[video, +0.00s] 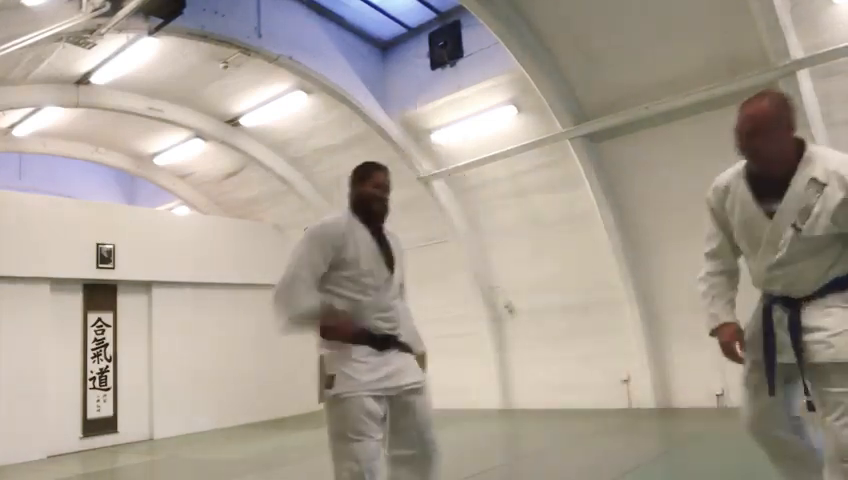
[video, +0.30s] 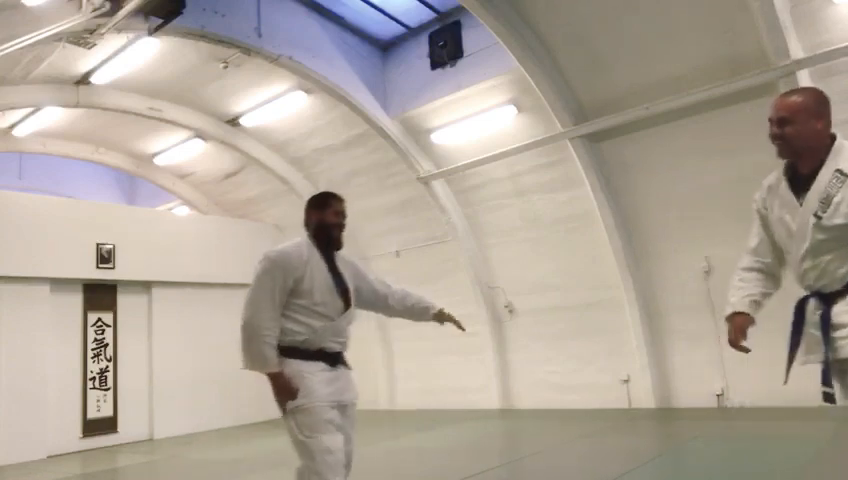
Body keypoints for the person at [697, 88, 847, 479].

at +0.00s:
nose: (745, 147)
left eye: (756, 136)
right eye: (741, 136)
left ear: (790, 135)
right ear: (737, 138)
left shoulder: (837, 176)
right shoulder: (725, 191)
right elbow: (719, 263)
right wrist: (723, 320)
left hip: (831, 303)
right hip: (772, 308)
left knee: (840, 424)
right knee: (765, 419)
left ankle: (839, 471)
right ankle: (814, 472)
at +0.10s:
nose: (763, 133)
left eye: (776, 124)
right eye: (759, 123)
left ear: (808, 127)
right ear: (754, 126)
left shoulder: (840, 174)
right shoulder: (741, 186)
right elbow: (727, 254)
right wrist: (725, 307)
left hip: (835, 305)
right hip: (784, 314)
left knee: (841, 422)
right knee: (801, 428)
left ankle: (841, 474)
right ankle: (833, 474)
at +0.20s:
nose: (771, 129)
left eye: (783, 120)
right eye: (769, 119)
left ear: (819, 127)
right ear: (764, 123)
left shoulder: (843, 173)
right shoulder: (754, 188)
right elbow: (739, 256)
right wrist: (729, 303)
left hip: (841, 306)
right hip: (801, 316)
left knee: (842, 423)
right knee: (837, 425)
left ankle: (843, 469)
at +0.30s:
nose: (774, 132)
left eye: (784, 123)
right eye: (772, 124)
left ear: (821, 125)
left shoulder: (844, 169)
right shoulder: (772, 191)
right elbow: (760, 262)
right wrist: (741, 308)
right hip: (823, 316)